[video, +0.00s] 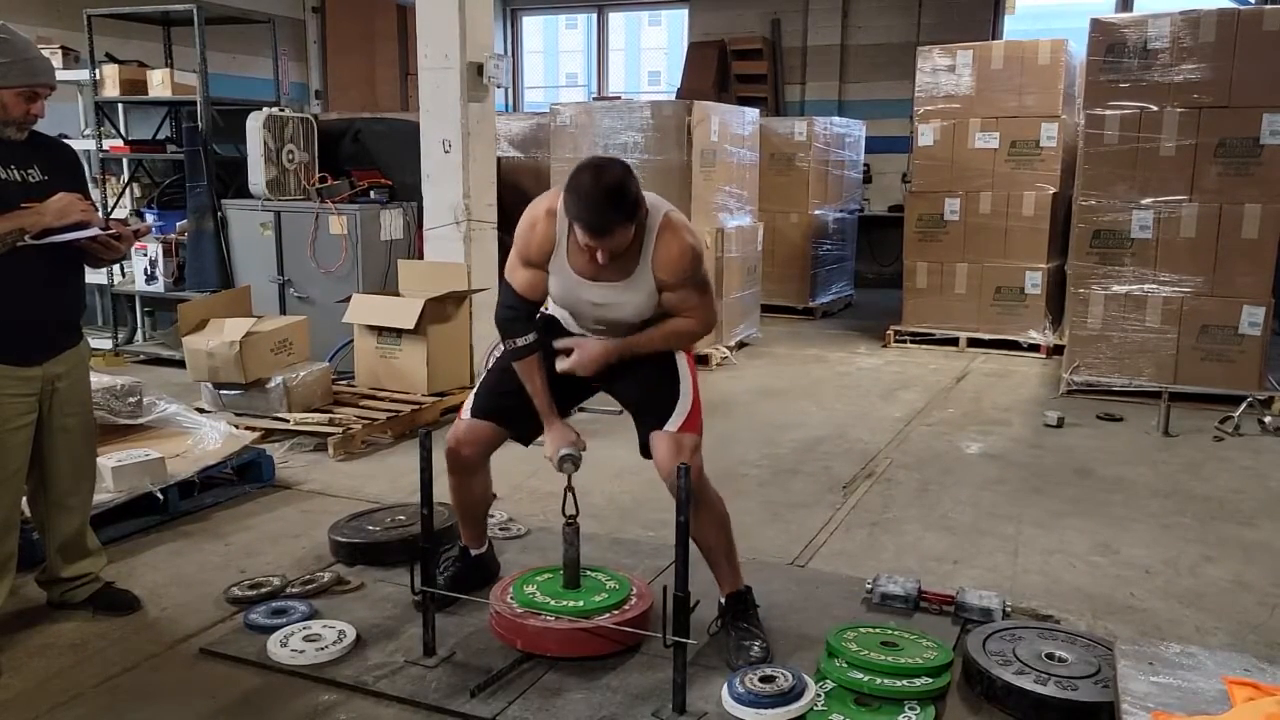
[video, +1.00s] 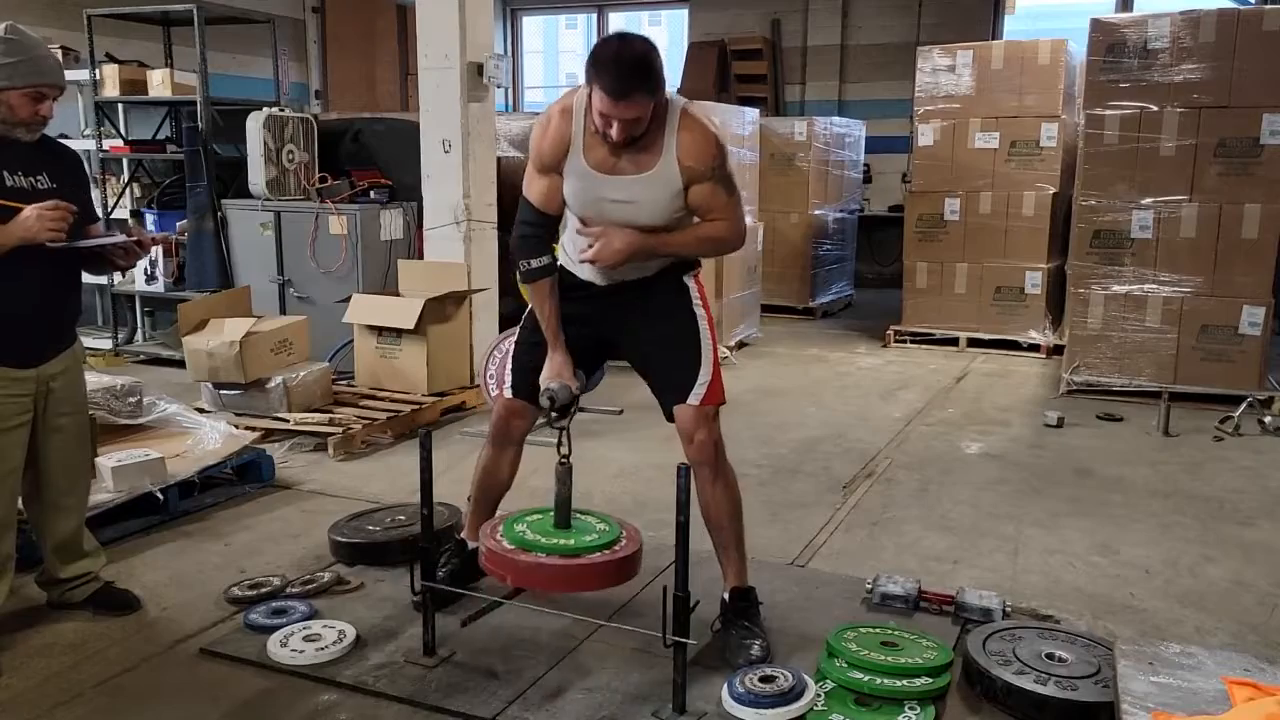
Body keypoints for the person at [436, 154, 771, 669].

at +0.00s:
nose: (600, 257)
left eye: (614, 249)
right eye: (590, 247)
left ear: (636, 219)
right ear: (570, 217)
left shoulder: (673, 243)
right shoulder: (541, 222)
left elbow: (699, 320)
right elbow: (516, 319)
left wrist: (615, 349)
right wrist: (550, 421)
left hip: (648, 346)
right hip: (563, 338)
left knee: (682, 471)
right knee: (463, 446)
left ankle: (738, 605)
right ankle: (476, 558)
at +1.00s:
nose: (617, 132)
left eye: (632, 122)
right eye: (606, 118)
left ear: (658, 97)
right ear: (588, 91)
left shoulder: (694, 138)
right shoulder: (557, 128)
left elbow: (731, 231)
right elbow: (530, 240)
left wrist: (642, 241)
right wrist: (555, 347)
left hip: (662, 296)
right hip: (569, 291)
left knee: (704, 441)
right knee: (505, 420)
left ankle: (739, 599)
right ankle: (470, 549)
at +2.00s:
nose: (688, 229)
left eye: (696, 216)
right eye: (675, 218)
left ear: (710, 196)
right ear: (640, 198)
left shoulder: (733, 215)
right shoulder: (595, 226)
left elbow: (735, 293)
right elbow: (533, 330)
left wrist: (666, 354)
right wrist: (528, 421)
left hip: (691, 310)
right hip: (599, 313)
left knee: (737, 439)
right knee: (520, 436)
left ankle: (746, 599)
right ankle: (476, 551)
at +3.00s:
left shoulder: (1015, 59)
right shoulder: (873, 47)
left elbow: (1011, 202)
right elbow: (781, 202)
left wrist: (1011, 333)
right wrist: (823, 348)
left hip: (962, 324)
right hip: (875, 325)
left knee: (961, 522)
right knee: (918, 548)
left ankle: (818, 558)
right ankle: (944, 713)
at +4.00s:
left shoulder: (1124, 8)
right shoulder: (918, 10)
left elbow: (1152, 232)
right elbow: (929, 207)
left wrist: (968, 418)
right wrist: (880, 340)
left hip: (1065, 403)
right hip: (907, 383)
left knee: (1076, 684)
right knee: (846, 660)